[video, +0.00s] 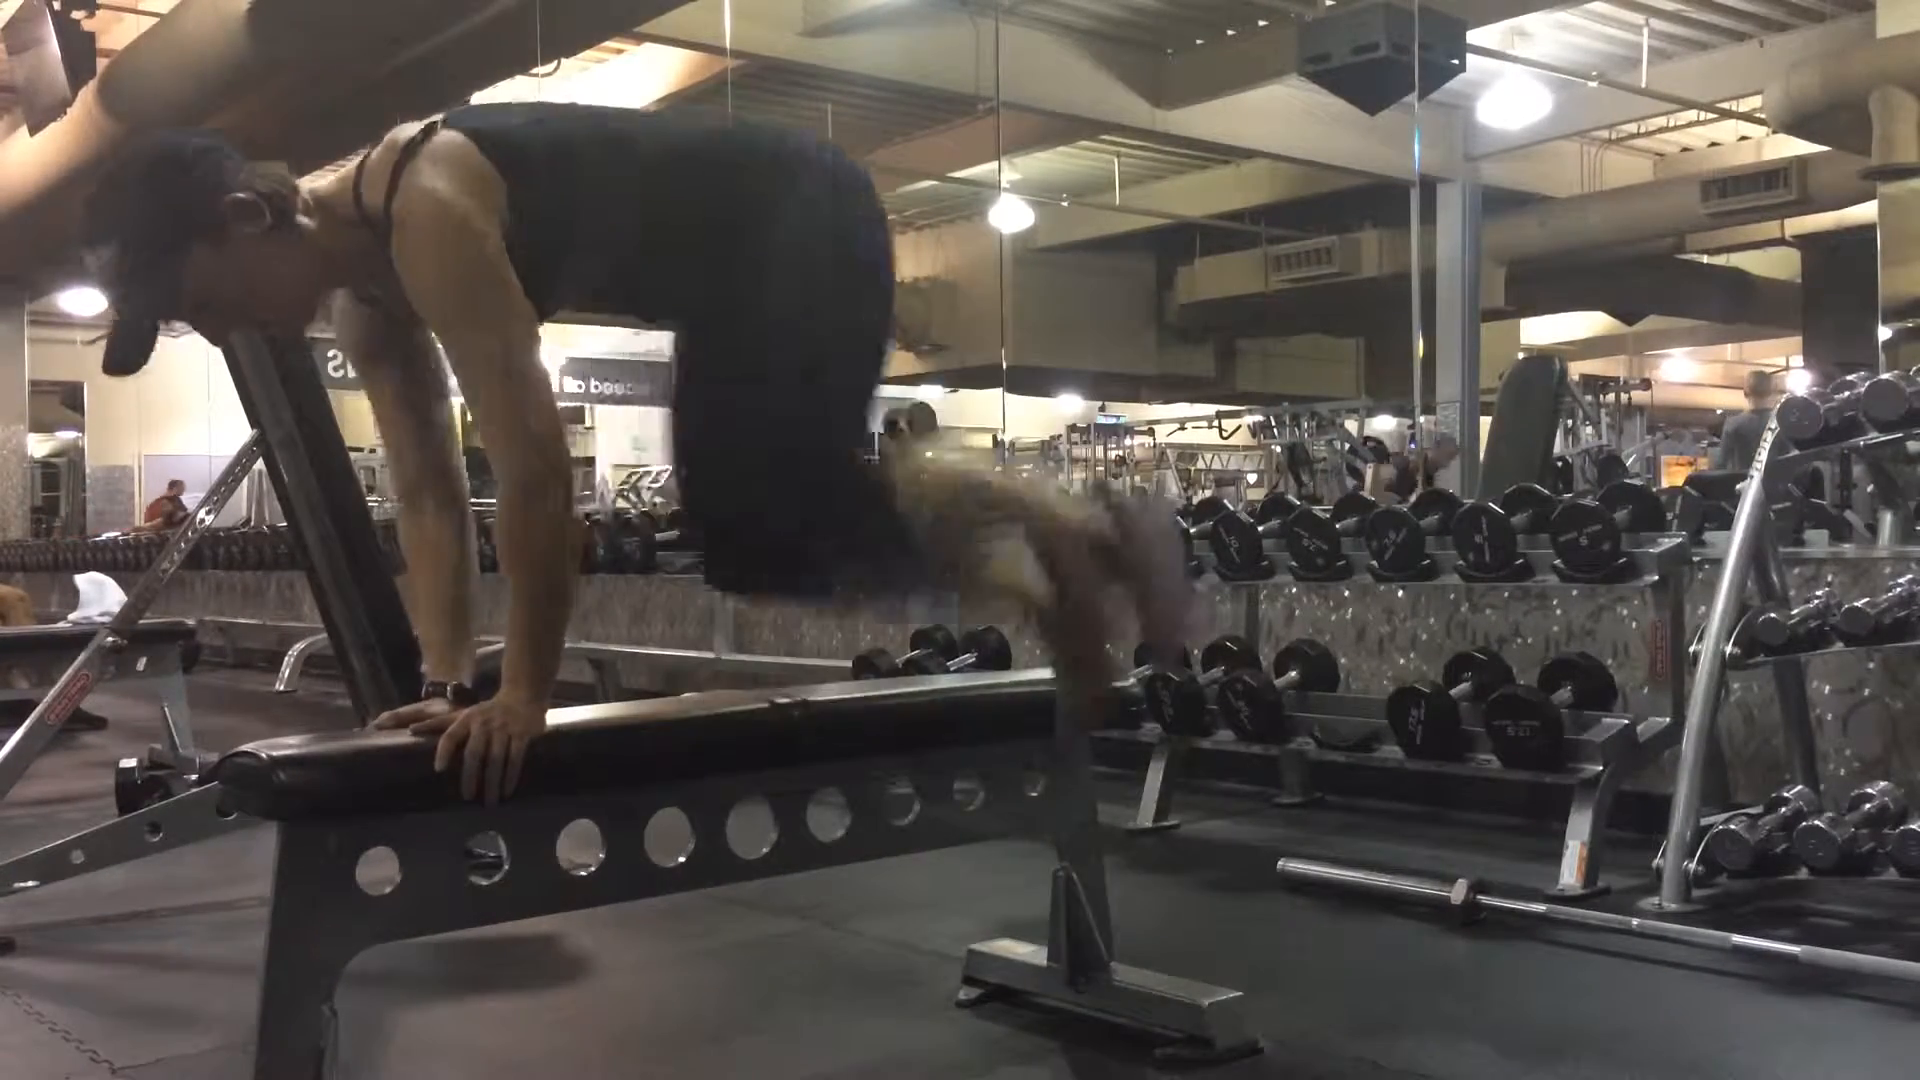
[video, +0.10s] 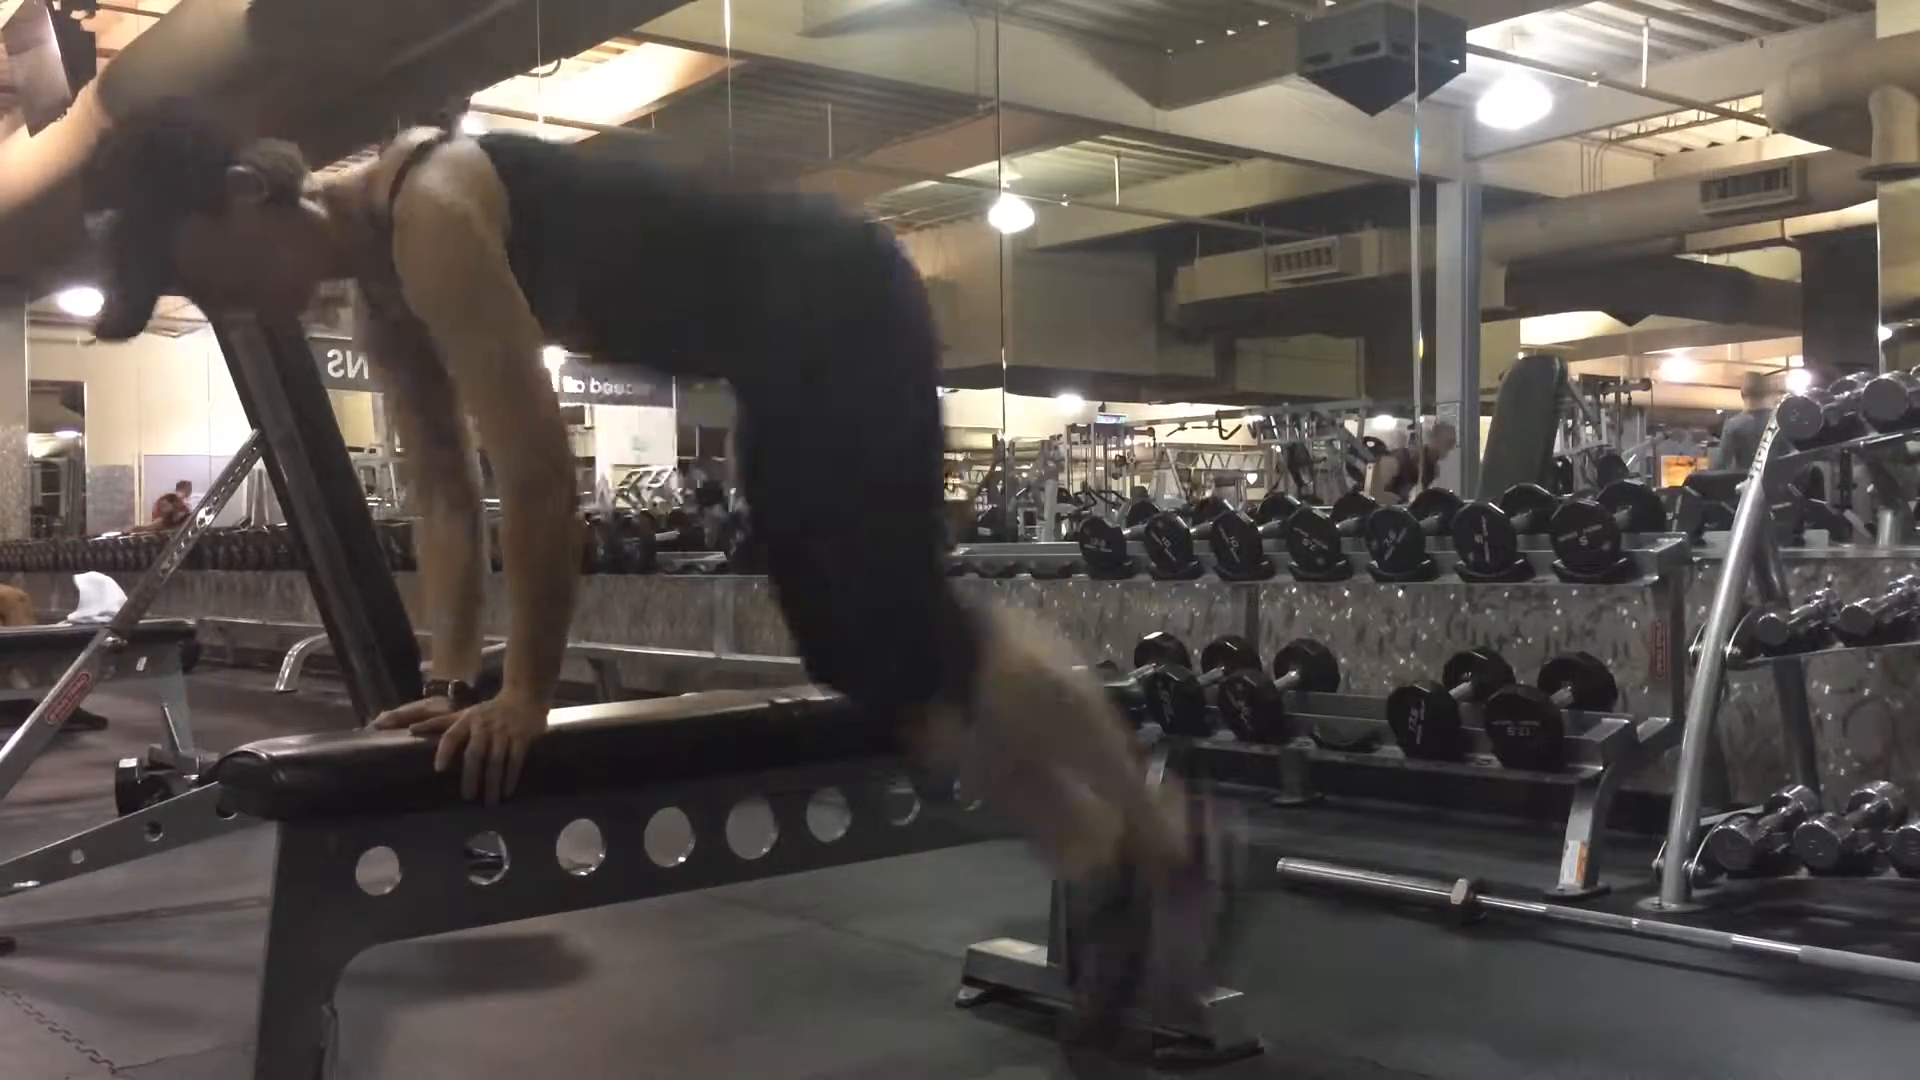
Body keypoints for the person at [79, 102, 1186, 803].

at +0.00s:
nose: (229, 331)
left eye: (208, 304)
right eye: (203, 323)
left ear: (243, 215)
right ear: (242, 221)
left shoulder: (428, 204)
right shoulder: (360, 276)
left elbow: (535, 451)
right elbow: (423, 486)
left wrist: (523, 691)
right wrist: (446, 684)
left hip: (801, 215)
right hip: (730, 270)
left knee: (784, 522)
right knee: (740, 542)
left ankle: (1076, 525)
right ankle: (1027, 561)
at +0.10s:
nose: (227, 309)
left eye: (206, 280)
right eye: (201, 299)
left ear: (246, 195)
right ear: (247, 200)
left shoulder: (433, 215)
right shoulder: (375, 258)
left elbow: (535, 464)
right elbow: (438, 476)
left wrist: (525, 691)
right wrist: (443, 675)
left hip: (831, 290)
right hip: (773, 333)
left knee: (901, 617)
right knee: (855, 643)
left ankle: (1146, 813)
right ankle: (1090, 844)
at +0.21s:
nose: (281, 314)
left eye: (268, 282)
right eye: (261, 298)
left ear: (320, 212)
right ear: (307, 231)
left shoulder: (490, 241)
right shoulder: (434, 292)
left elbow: (576, 501)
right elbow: (491, 501)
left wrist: (528, 703)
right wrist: (460, 676)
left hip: (867, 456)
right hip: (823, 482)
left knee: (923, 819)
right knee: (902, 810)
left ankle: (1208, 1048)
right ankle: (1136, 988)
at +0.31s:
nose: (278, 319)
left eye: (261, 290)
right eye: (256, 304)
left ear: (298, 221)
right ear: (291, 233)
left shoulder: (483, 244)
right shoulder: (427, 294)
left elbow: (577, 493)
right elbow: (493, 499)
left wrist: (529, 698)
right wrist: (459, 674)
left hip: (867, 423)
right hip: (816, 449)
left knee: (986, 738)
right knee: (939, 749)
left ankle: (1180, 1009)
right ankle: (1112, 982)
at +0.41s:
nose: (228, 317)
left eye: (208, 292)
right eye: (205, 309)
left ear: (247, 204)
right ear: (250, 209)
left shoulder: (433, 217)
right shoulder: (361, 270)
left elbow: (532, 465)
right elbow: (420, 482)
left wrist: (525, 688)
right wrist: (446, 673)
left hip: (830, 260)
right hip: (785, 297)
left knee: (933, 573)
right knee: (909, 585)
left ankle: (1136, 832)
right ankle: (1093, 845)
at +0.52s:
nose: (231, 331)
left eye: (211, 306)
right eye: (208, 322)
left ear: (256, 222)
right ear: (257, 221)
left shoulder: (445, 206)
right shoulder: (367, 276)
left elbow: (528, 454)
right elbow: (426, 481)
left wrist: (524, 690)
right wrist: (444, 677)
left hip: (806, 197)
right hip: (743, 243)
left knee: (786, 517)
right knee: (764, 522)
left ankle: (1081, 552)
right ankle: (1063, 550)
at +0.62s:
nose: (243, 345)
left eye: (228, 318)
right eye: (221, 331)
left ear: (279, 239)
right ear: (272, 241)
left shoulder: (464, 217)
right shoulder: (375, 279)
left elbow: (539, 467)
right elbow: (428, 490)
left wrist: (524, 698)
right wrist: (446, 678)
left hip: (810, 208)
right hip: (726, 238)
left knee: (733, 505)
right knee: (677, 509)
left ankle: (925, 369)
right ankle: (909, 378)